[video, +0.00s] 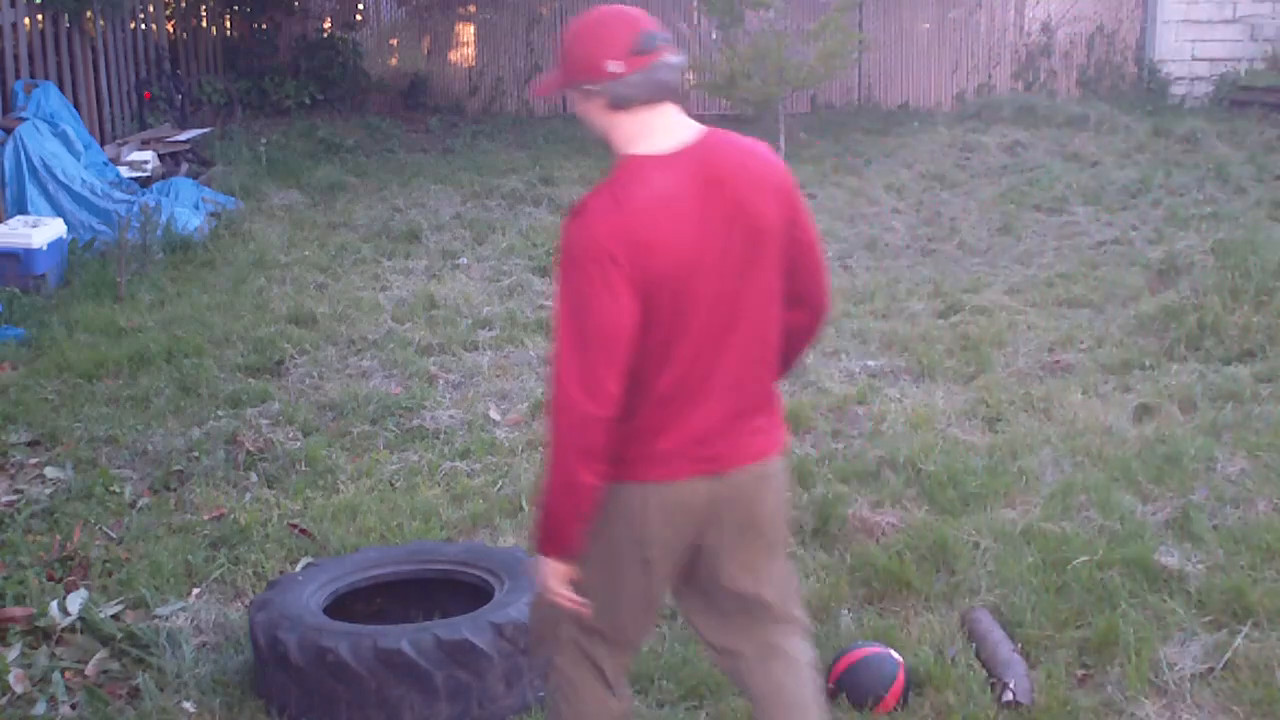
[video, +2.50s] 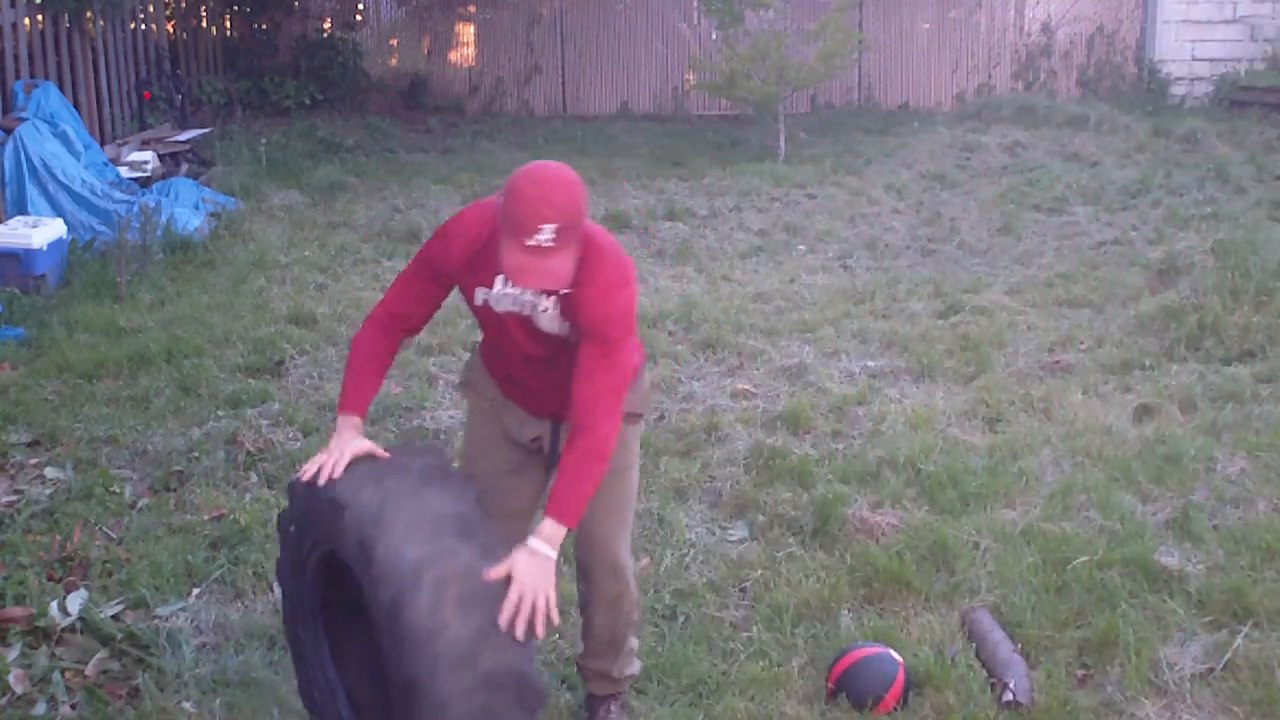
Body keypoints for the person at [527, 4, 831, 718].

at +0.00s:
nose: (576, 108)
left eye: (576, 95)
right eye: (573, 96)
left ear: (595, 99)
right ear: (667, 79)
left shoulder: (605, 219)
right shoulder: (762, 166)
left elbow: (587, 400)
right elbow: (808, 302)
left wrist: (557, 541)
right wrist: (746, 370)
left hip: (645, 487)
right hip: (755, 472)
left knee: (583, 653)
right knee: (772, 641)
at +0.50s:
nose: (480, 162)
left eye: (479, 149)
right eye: (474, 151)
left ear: (510, 135)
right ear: (536, 116)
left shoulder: (565, 211)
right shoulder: (618, 162)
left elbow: (562, 369)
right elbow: (635, 294)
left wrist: (449, 414)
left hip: (599, 432)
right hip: (655, 407)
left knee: (527, 603)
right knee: (615, 545)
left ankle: (571, 709)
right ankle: (635, 667)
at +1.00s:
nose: (423, 265)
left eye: (423, 254)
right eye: (414, 257)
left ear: (445, 223)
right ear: (437, 219)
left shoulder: (541, 257)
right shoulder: (455, 239)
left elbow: (600, 382)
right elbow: (465, 334)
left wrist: (544, 466)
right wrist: (470, 424)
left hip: (623, 373)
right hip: (549, 366)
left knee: (582, 521)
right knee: (518, 468)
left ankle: (598, 686)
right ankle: (527, 597)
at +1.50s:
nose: (444, 411)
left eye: (448, 399)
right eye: (436, 407)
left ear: (468, 360)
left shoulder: (548, 355)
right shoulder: (437, 352)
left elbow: (620, 429)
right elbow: (440, 442)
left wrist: (546, 493)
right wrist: (450, 536)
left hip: (627, 392)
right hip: (529, 397)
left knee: (592, 510)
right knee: (468, 496)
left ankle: (598, 682)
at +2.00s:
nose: (600, 284)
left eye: (615, 274)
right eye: (591, 271)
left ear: (641, 249)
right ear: (566, 230)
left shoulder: (660, 282)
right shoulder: (515, 237)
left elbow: (639, 395)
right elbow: (452, 333)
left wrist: (561, 460)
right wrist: (421, 452)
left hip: (628, 402)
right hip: (537, 390)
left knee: (628, 540)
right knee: (513, 529)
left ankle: (611, 686)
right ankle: (500, 667)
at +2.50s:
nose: (539, 277)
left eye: (552, 266)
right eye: (526, 265)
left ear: (578, 239)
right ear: (501, 230)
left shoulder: (607, 272)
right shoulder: (465, 239)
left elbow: (596, 421)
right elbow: (387, 324)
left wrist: (546, 544)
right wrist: (348, 426)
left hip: (602, 409)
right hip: (504, 396)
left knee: (605, 556)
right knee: (486, 548)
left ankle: (607, 691)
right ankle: (483, 684)